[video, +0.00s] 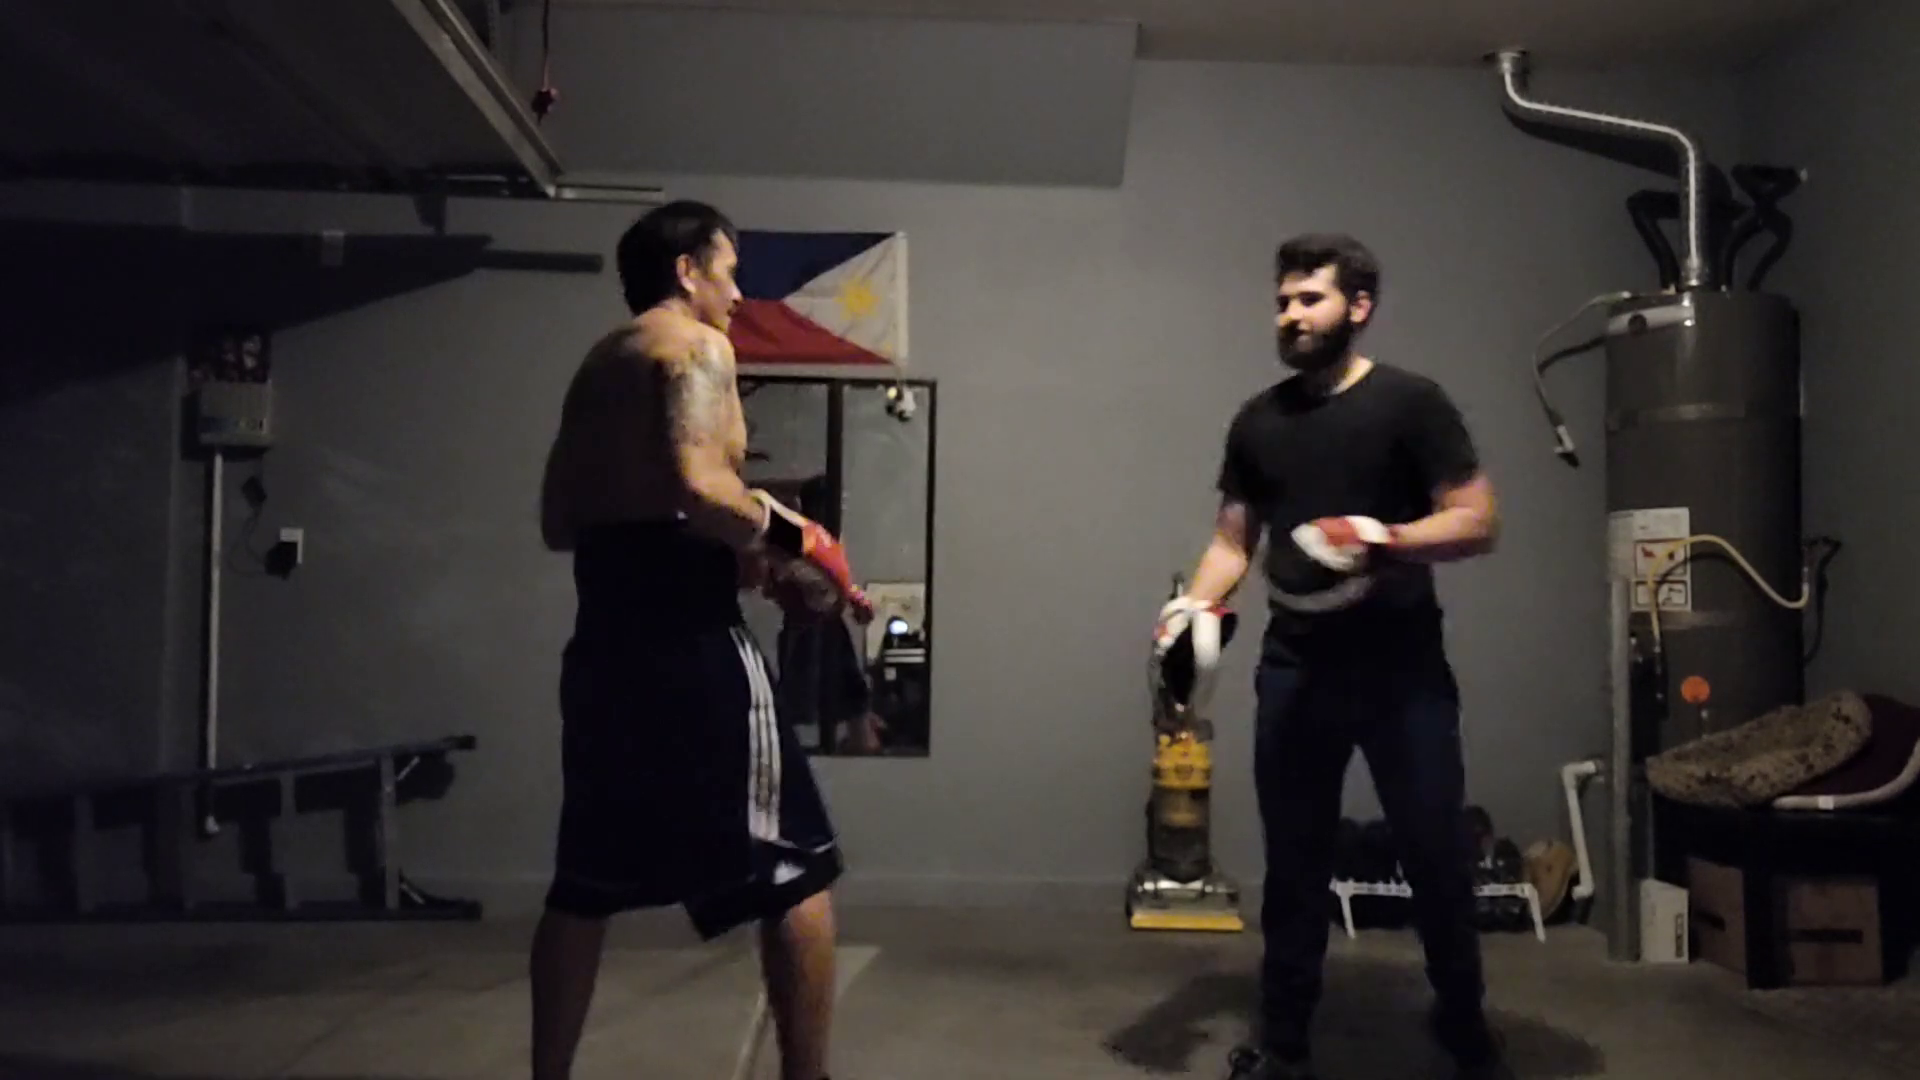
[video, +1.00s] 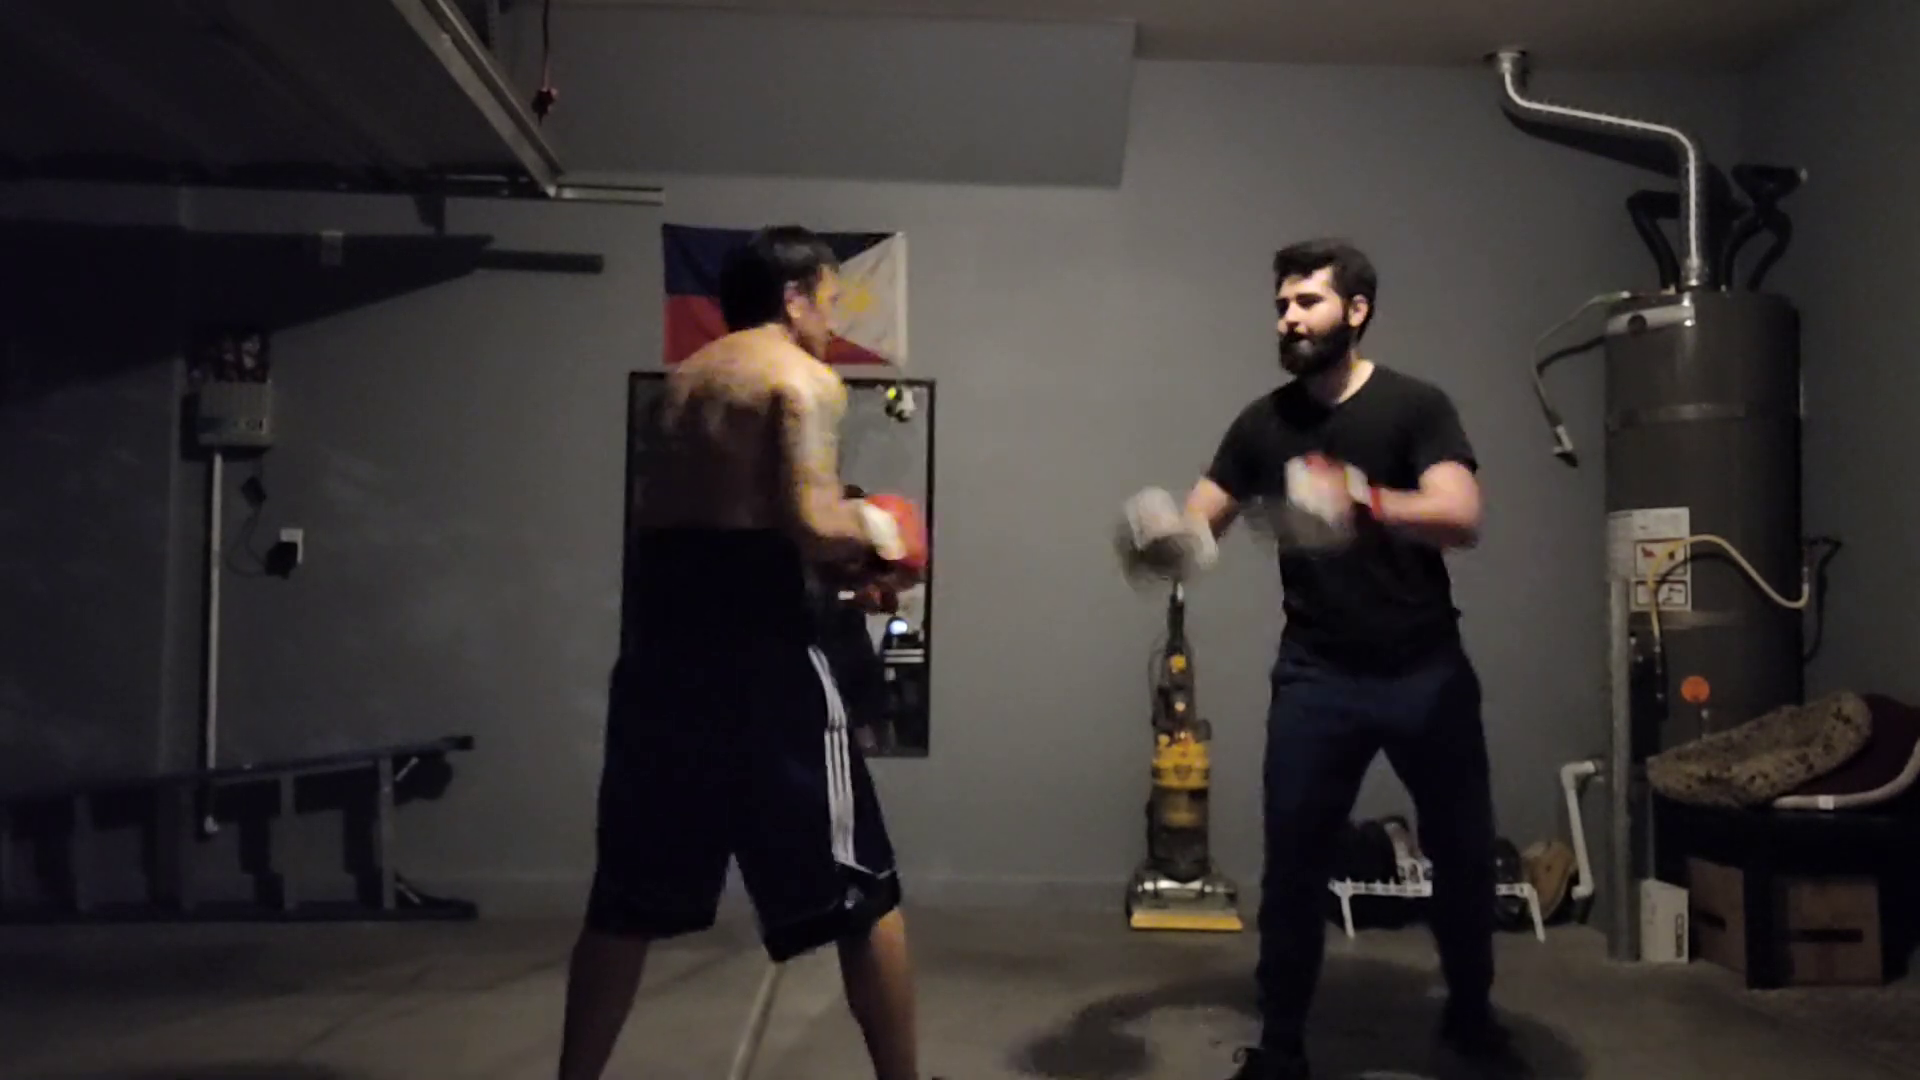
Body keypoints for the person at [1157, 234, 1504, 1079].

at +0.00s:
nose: (1293, 315)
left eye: (1311, 299)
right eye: (1285, 301)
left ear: (1359, 306)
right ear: (1277, 311)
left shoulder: (1413, 403)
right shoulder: (1260, 422)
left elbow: (1476, 522)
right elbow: (1233, 539)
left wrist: (1382, 536)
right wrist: (1194, 601)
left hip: (1402, 667)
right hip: (1298, 671)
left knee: (1437, 855)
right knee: (1293, 862)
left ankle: (1464, 1034)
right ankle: (1281, 1042)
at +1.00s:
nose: (1291, 316)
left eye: (1308, 301)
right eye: (1283, 304)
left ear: (1357, 311)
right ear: (1278, 317)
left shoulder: (1417, 407)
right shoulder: (1264, 424)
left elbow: (1461, 516)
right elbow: (1198, 524)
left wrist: (1363, 497)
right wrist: (1163, 540)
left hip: (1425, 677)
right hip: (1316, 679)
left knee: (1464, 858)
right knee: (1292, 864)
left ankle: (1469, 1023)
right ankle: (1280, 1044)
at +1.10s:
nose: (1306, 316)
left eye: (1323, 301)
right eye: (1297, 306)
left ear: (1371, 309)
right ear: (1290, 318)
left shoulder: (1420, 393)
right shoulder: (1277, 413)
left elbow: (1444, 469)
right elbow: (1176, 486)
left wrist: (1349, 400)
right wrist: (1149, 436)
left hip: (1426, 673)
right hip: (1319, 676)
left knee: (1463, 861)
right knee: (1294, 870)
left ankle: (1480, 1025)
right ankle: (1279, 1045)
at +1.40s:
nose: (1358, 328)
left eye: (1373, 314)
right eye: (1352, 315)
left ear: (1417, 315)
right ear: (1347, 327)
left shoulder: (1469, 406)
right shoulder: (1339, 411)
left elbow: (1444, 379)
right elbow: (1222, 377)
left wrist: (1418, 282)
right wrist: (1276, 295)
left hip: (1451, 678)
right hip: (1347, 674)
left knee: (1465, 866)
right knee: (1294, 844)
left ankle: (1479, 1032)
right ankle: (1277, 1037)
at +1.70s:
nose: (1352, 327)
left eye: (1367, 313)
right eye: (1342, 314)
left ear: (1405, 322)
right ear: (1329, 325)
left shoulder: (1446, 406)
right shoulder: (1302, 410)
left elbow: (1441, 403)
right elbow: (1182, 410)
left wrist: (1418, 306)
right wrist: (1197, 324)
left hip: (1426, 677)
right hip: (1320, 674)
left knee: (1457, 864)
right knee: (1253, 838)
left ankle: (1479, 1032)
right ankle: (1193, 1023)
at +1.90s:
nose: (1296, 316)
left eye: (1315, 302)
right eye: (1286, 297)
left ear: (1346, 316)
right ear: (1262, 312)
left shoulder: (1382, 396)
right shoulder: (1241, 405)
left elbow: (1329, 429)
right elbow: (1125, 393)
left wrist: (1305, 334)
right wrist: (1134, 299)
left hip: (1375, 673)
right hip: (1270, 673)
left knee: (1421, 854)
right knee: (1227, 853)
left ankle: (1469, 1025)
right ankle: (1188, 1032)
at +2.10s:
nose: (1262, 321)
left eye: (1278, 307)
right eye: (1257, 309)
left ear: (1328, 323)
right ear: (1259, 329)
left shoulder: (1364, 397)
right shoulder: (1241, 415)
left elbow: (1294, 370)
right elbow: (1126, 419)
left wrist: (1241, 271)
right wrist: (1159, 324)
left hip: (1349, 671)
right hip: (1250, 672)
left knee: (1380, 846)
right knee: (1210, 844)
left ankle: (1409, 1001)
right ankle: (1185, 1027)